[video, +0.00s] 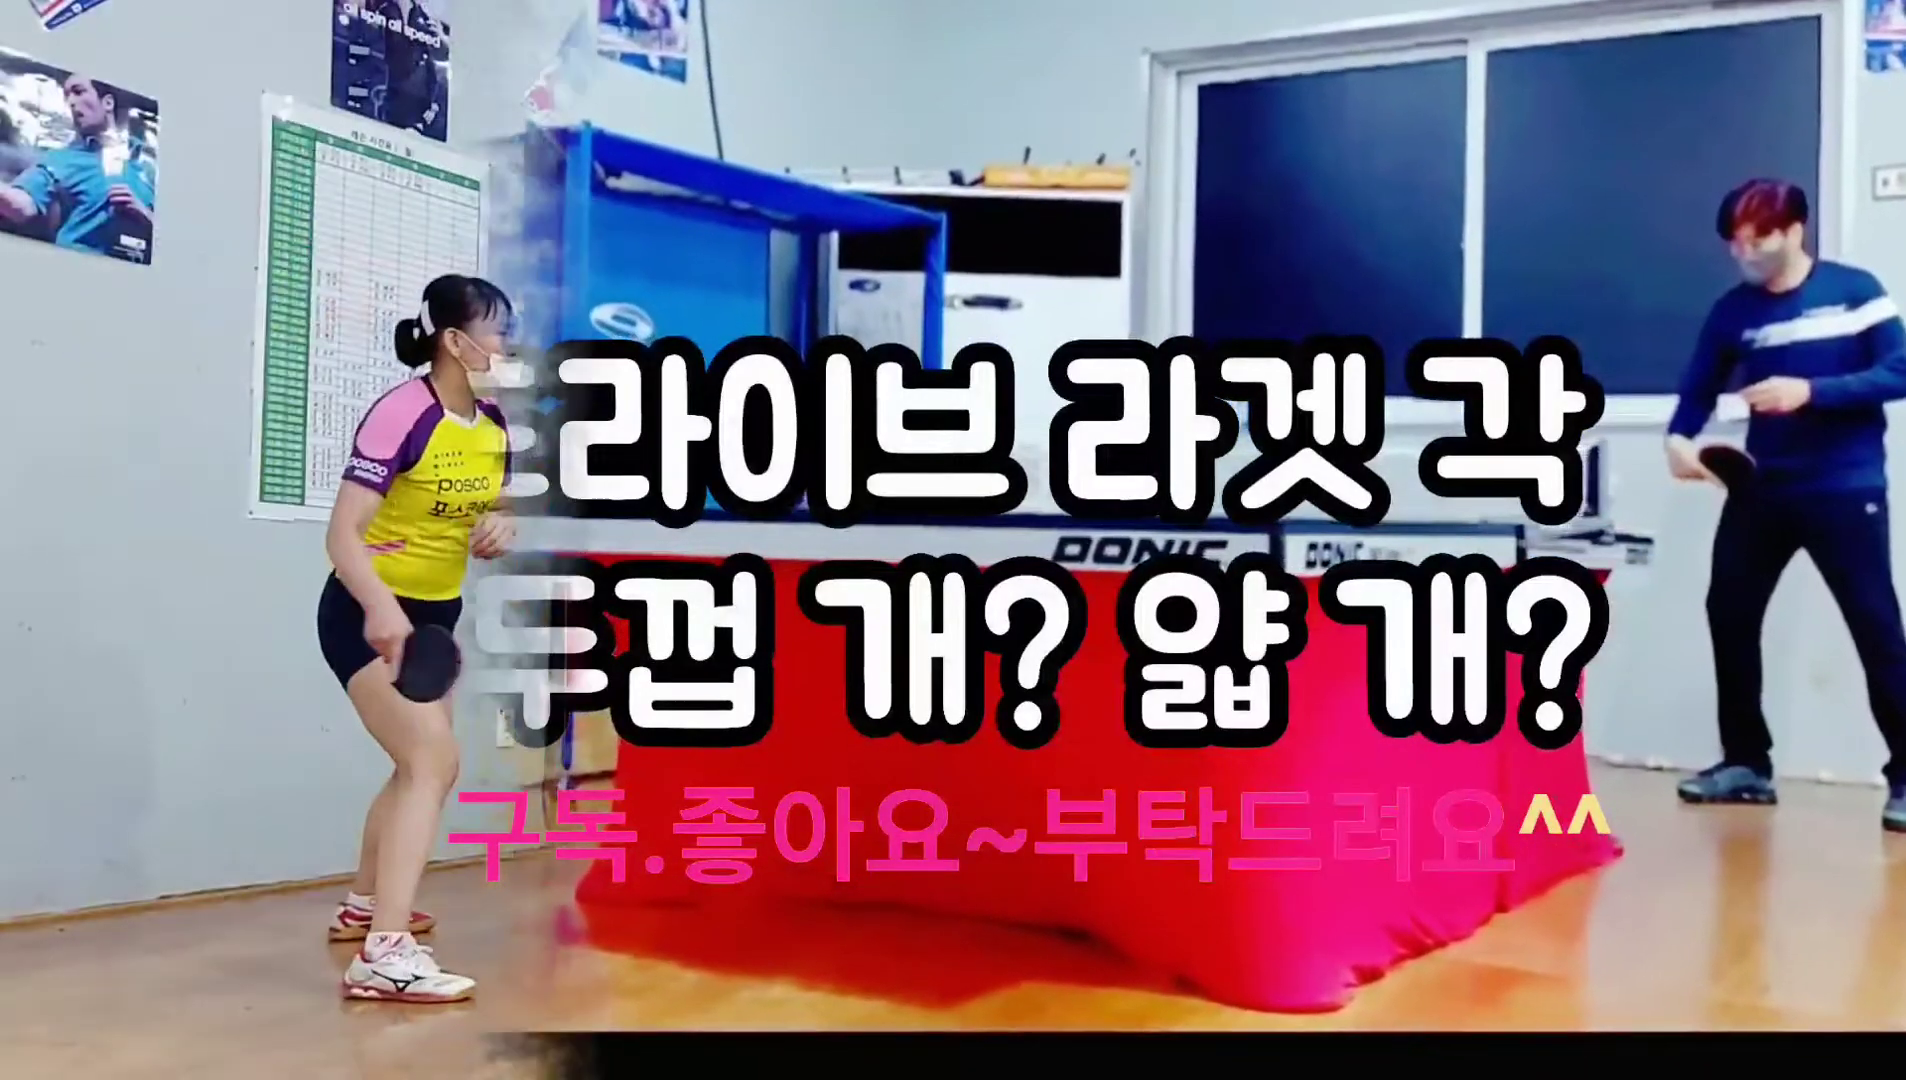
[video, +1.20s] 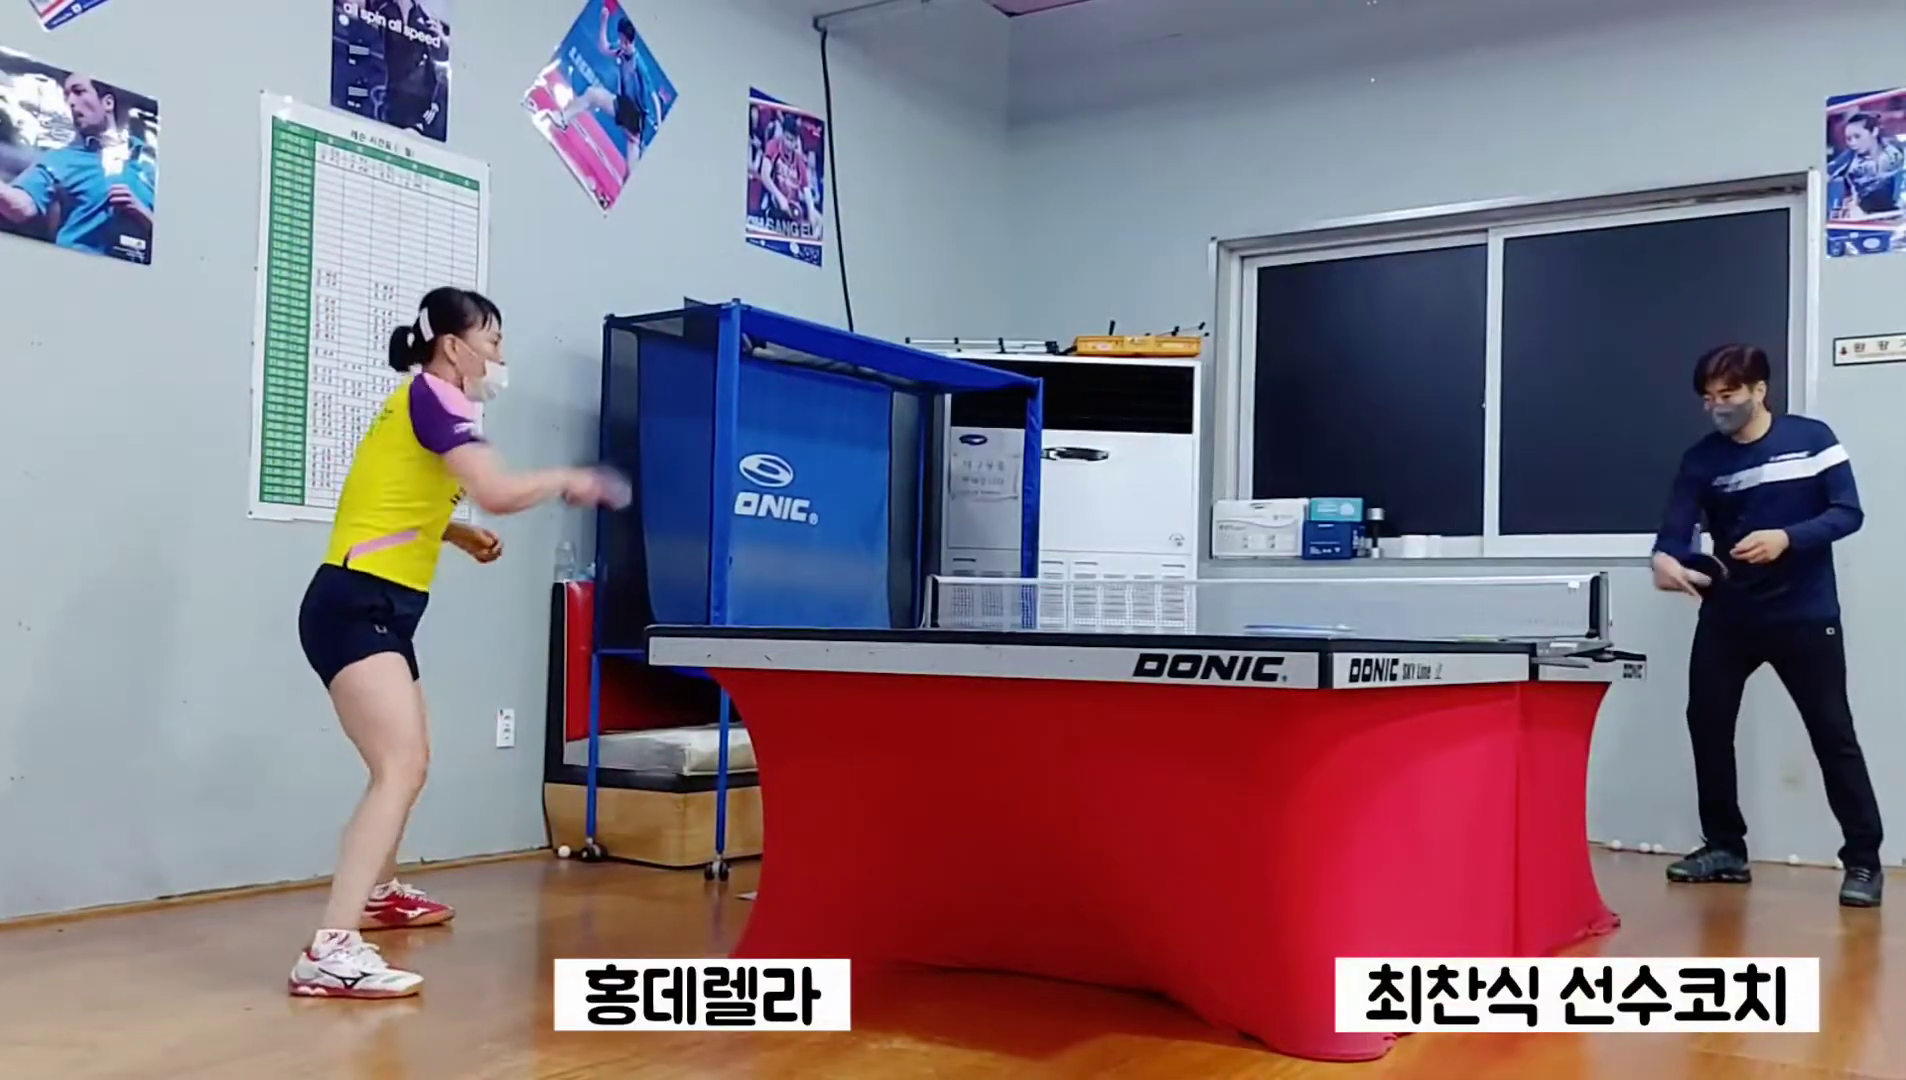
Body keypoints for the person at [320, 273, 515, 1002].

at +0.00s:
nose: (498, 345)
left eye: (501, 332)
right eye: (486, 332)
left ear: (485, 343)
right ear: (448, 340)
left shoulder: (492, 423)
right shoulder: (401, 412)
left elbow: (486, 521)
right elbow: (341, 532)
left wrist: (502, 523)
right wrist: (381, 606)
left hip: (433, 611)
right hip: (367, 608)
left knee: (421, 766)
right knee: (434, 760)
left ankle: (366, 901)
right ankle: (387, 948)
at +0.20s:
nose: (502, 345)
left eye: (500, 332)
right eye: (489, 333)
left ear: (461, 349)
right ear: (445, 348)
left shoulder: (499, 426)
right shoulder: (383, 427)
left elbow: (517, 527)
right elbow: (310, 527)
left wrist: (496, 530)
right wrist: (293, 605)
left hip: (452, 617)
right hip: (378, 612)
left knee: (449, 770)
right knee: (430, 762)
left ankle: (369, 890)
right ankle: (389, 953)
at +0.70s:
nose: (511, 379)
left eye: (518, 368)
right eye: (502, 364)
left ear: (514, 373)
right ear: (458, 363)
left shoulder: (496, 444)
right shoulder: (407, 426)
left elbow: (486, 530)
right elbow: (354, 505)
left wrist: (495, 536)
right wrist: (325, 540)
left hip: (451, 624)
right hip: (391, 615)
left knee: (478, 779)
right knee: (402, 763)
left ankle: (386, 890)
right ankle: (381, 941)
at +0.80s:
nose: (511, 365)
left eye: (517, 357)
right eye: (504, 351)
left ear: (494, 362)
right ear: (460, 348)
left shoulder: (472, 425)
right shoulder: (424, 399)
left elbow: (436, 520)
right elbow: (425, 467)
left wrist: (480, 531)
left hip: (435, 612)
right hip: (389, 599)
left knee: (464, 764)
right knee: (398, 754)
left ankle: (385, 892)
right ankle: (349, 931)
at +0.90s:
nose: (509, 362)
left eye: (511, 353)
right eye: (501, 348)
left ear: (468, 352)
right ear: (461, 345)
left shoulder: (452, 407)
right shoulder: (432, 391)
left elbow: (416, 496)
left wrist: (468, 532)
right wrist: (581, 359)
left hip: (411, 607)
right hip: (383, 600)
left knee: (444, 756)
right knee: (394, 755)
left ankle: (385, 890)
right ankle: (338, 931)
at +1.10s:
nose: (504, 377)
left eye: (504, 365)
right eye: (495, 363)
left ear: (447, 367)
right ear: (455, 365)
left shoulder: (410, 421)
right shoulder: (449, 415)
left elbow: (391, 507)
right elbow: (562, 451)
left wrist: (449, 554)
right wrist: (586, 402)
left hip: (361, 614)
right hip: (363, 616)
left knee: (425, 764)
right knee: (417, 780)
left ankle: (379, 889)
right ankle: (331, 946)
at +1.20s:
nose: (498, 355)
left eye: (498, 342)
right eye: (490, 341)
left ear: (447, 345)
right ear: (451, 343)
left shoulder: (426, 402)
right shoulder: (432, 398)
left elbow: (387, 500)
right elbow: (495, 493)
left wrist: (455, 533)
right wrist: (564, 480)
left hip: (378, 608)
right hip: (355, 607)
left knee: (410, 762)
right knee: (398, 768)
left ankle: (374, 885)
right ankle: (331, 945)